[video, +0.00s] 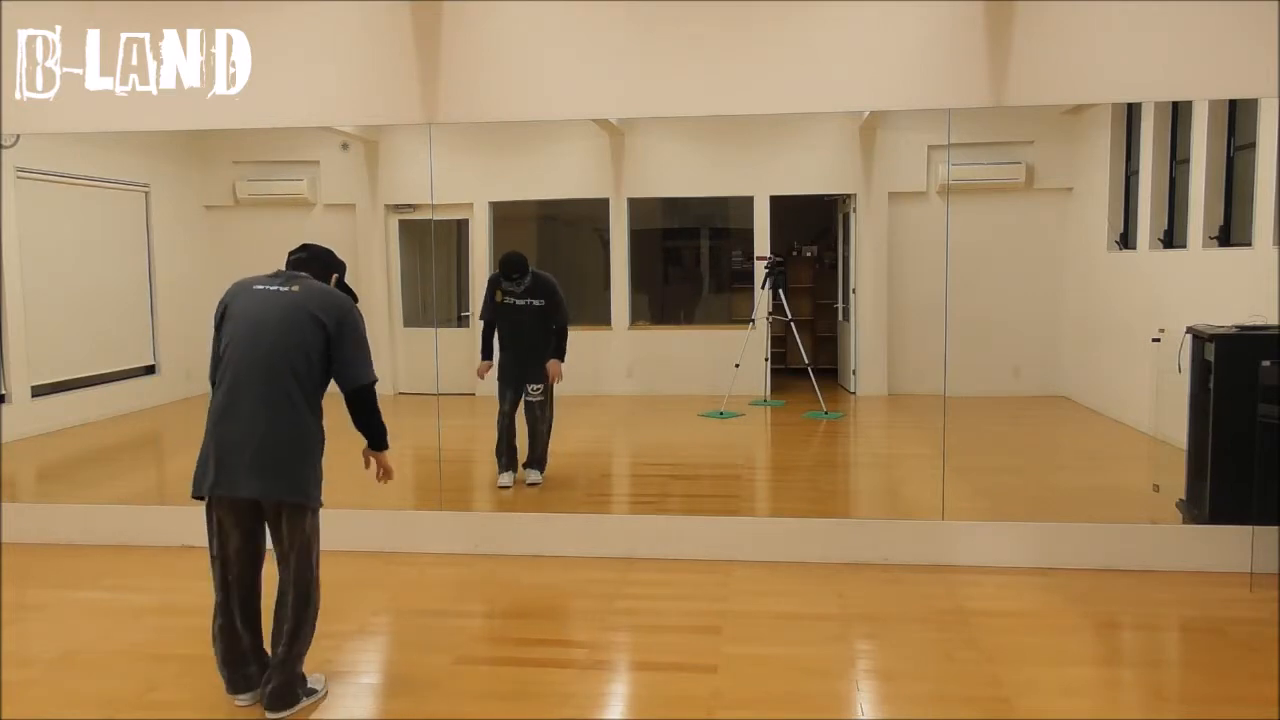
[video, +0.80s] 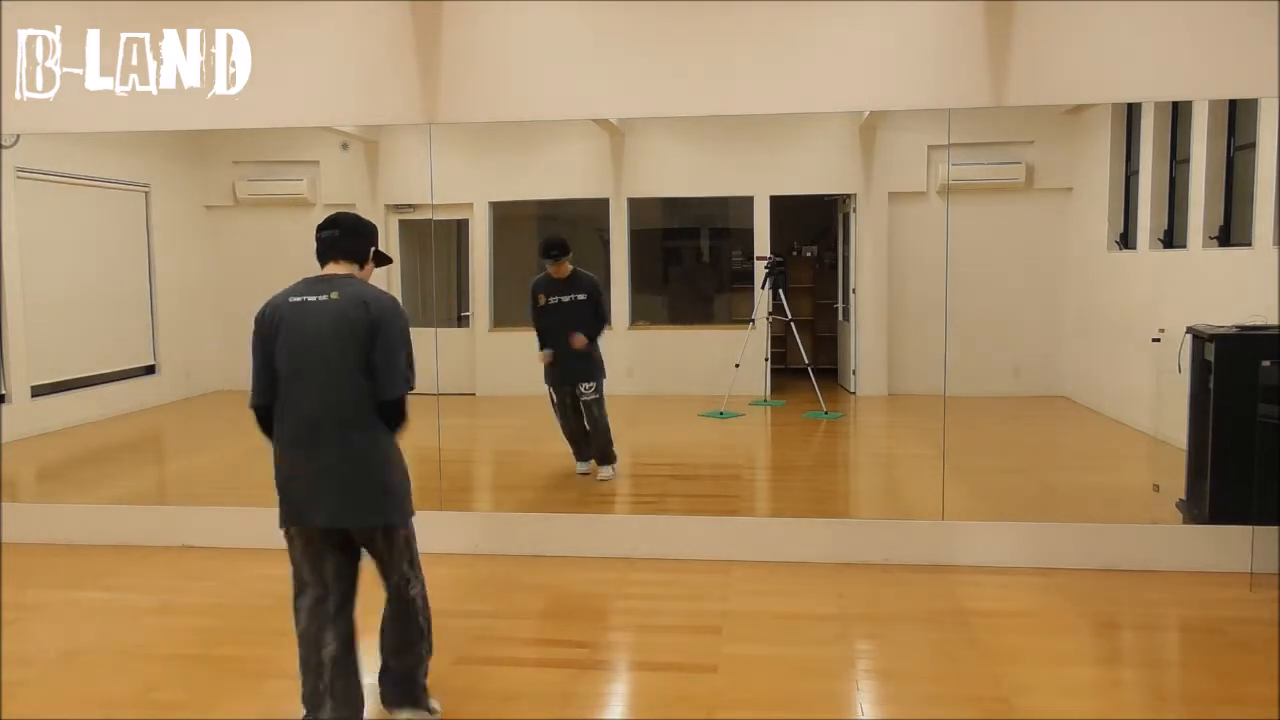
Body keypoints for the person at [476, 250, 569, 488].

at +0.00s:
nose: (514, 288)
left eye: (518, 283)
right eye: (509, 284)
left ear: (527, 274)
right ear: (503, 276)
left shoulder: (547, 285)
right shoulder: (496, 284)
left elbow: (561, 323)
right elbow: (489, 322)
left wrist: (557, 358)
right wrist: (487, 357)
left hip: (540, 359)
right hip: (510, 358)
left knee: (538, 414)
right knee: (505, 412)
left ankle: (535, 467)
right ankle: (506, 467)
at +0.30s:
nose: (522, 285)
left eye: (525, 280)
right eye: (517, 281)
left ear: (535, 271)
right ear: (511, 275)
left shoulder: (553, 287)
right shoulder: (507, 289)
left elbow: (575, 317)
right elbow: (499, 315)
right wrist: (483, 327)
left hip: (546, 356)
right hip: (517, 355)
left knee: (541, 411)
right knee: (500, 414)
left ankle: (556, 443)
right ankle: (505, 469)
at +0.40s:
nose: (528, 272)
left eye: (532, 266)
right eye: (524, 267)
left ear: (542, 259)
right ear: (518, 263)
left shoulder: (564, 279)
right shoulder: (514, 282)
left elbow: (592, 296)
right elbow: (493, 300)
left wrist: (600, 302)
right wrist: (472, 306)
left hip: (555, 362)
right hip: (524, 361)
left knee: (566, 415)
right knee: (509, 414)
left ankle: (589, 452)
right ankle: (506, 469)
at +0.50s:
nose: (537, 268)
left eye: (541, 262)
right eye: (532, 263)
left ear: (550, 255)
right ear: (526, 260)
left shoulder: (571, 275)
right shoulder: (521, 282)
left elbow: (605, 286)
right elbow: (490, 298)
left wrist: (633, 297)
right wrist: (459, 306)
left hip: (569, 358)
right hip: (537, 358)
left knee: (585, 412)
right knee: (520, 409)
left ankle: (608, 462)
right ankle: (512, 466)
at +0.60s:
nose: (544, 271)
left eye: (547, 266)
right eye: (539, 267)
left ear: (557, 261)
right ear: (533, 265)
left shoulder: (579, 281)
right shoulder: (530, 288)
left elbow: (609, 300)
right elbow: (505, 309)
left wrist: (638, 314)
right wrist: (473, 319)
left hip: (582, 359)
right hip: (551, 360)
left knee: (590, 414)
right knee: (533, 408)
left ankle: (610, 461)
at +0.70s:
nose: (551, 271)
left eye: (555, 265)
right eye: (546, 267)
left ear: (564, 260)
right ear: (540, 265)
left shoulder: (585, 283)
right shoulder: (538, 287)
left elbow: (611, 309)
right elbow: (526, 316)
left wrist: (622, 338)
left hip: (587, 357)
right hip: (556, 359)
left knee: (592, 411)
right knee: (555, 418)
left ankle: (609, 461)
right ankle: (576, 447)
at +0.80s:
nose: (554, 269)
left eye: (558, 264)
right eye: (550, 264)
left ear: (568, 259)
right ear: (544, 262)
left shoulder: (588, 283)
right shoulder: (540, 287)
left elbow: (601, 317)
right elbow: (539, 322)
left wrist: (587, 336)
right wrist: (545, 347)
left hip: (586, 359)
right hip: (557, 362)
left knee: (594, 413)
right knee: (567, 416)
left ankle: (606, 461)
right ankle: (583, 457)